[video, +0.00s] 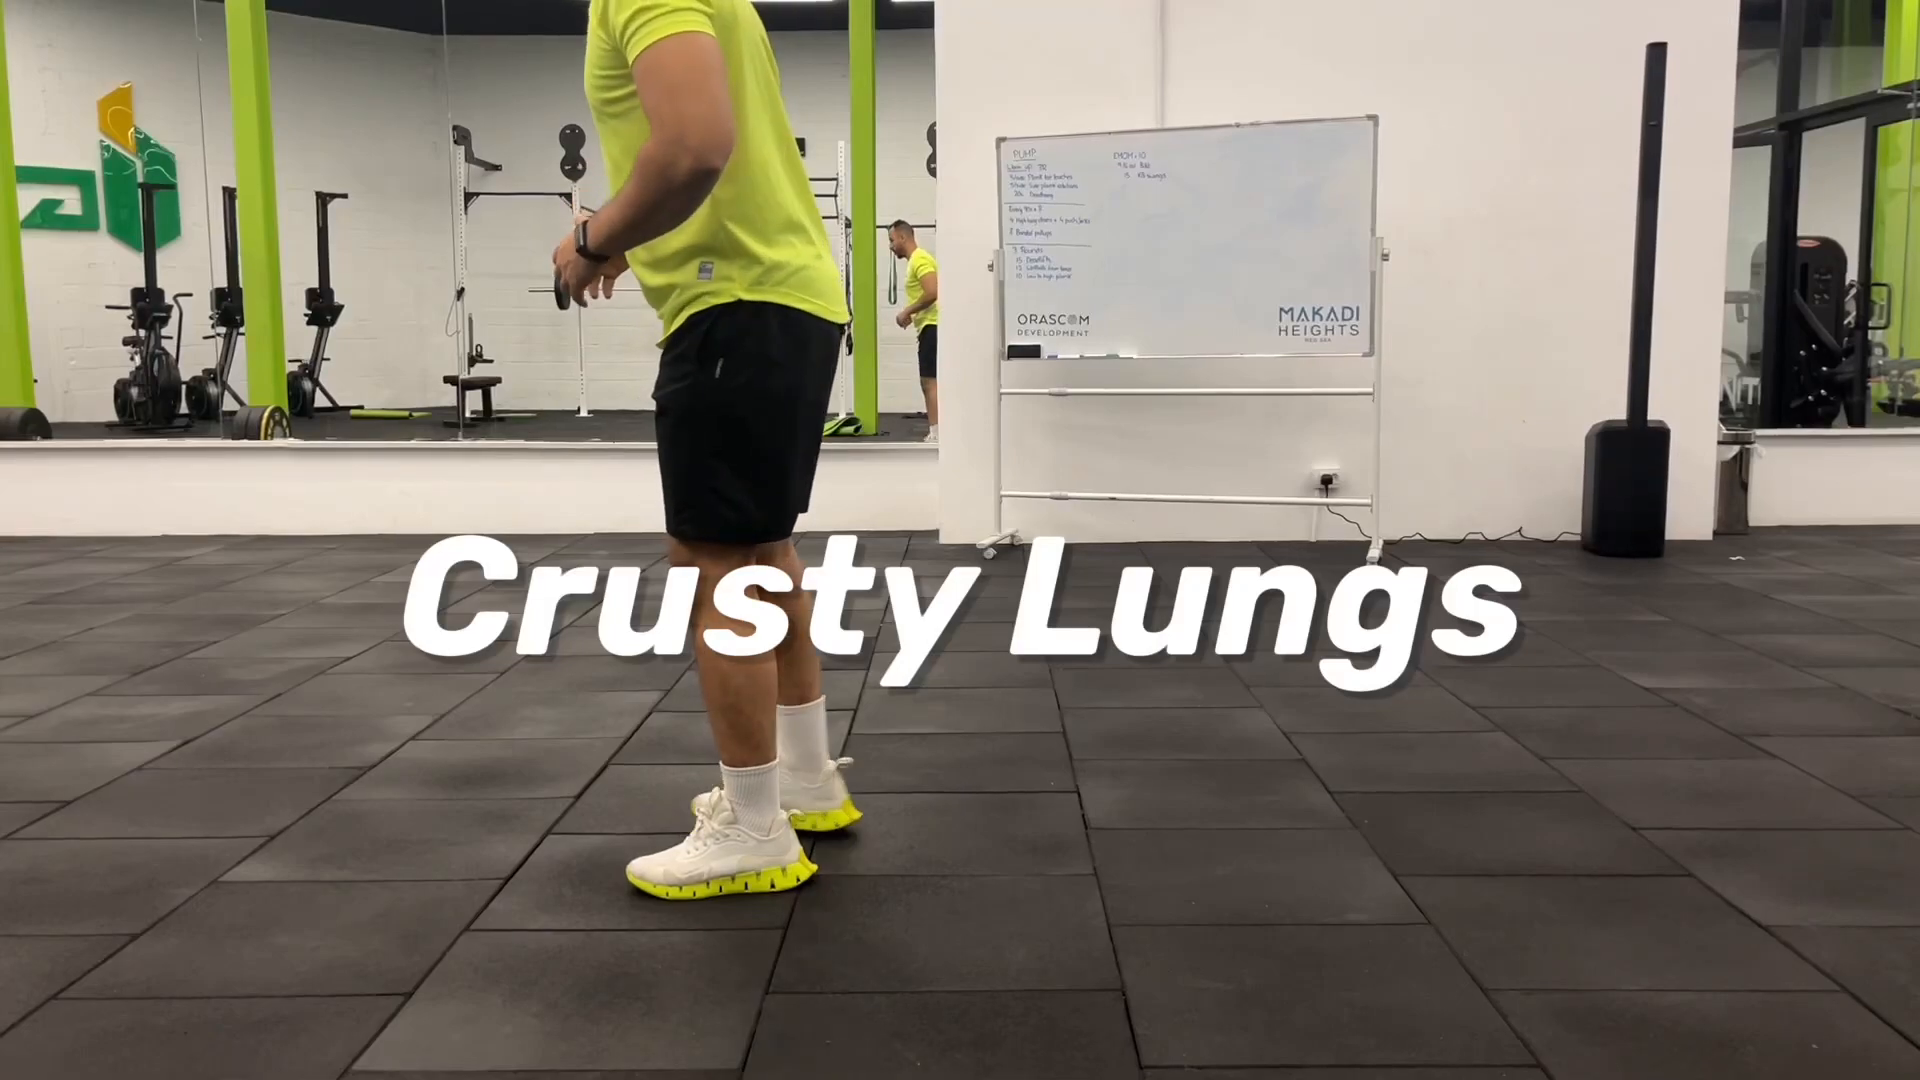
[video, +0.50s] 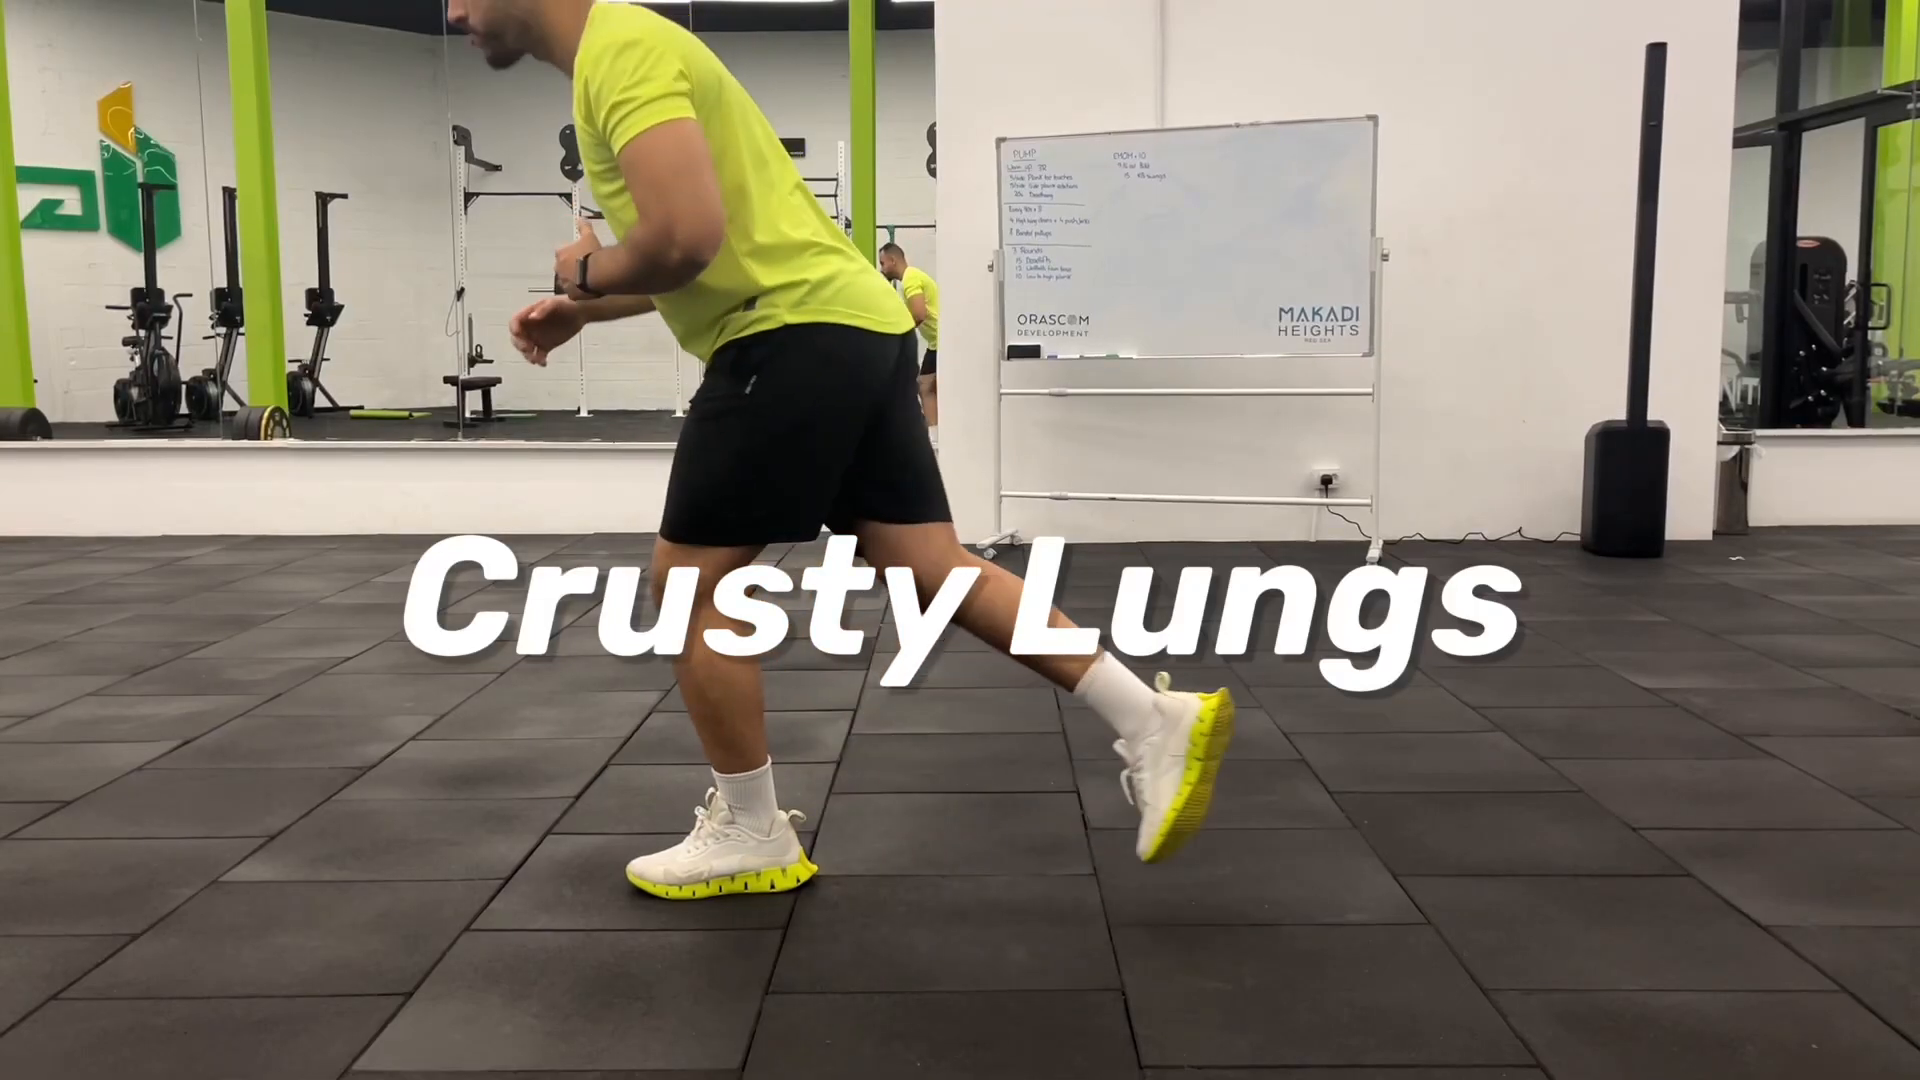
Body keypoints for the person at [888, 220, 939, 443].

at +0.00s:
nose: (891, 246)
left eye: (892, 240)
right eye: (890, 241)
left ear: (903, 237)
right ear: (905, 237)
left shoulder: (920, 259)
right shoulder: (916, 260)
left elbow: (931, 292)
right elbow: (928, 293)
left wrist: (908, 311)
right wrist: (908, 313)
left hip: (932, 326)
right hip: (927, 326)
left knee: (930, 382)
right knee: (928, 382)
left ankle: (936, 431)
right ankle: (935, 431)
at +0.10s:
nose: (888, 248)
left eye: (890, 242)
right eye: (888, 243)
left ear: (901, 239)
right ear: (903, 239)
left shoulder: (918, 261)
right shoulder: (914, 262)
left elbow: (930, 292)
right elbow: (927, 294)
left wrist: (907, 312)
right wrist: (908, 314)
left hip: (933, 327)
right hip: (927, 327)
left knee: (932, 384)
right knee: (928, 383)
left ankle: (936, 432)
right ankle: (934, 431)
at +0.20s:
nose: (886, 250)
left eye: (887, 244)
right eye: (885, 245)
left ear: (898, 242)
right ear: (901, 242)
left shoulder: (916, 262)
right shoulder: (914, 263)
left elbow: (927, 293)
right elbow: (926, 296)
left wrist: (907, 313)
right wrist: (909, 315)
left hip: (934, 328)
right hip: (930, 329)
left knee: (931, 382)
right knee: (929, 382)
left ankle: (936, 432)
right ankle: (934, 432)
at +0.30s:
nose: (884, 255)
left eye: (886, 249)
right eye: (883, 250)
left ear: (896, 247)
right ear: (899, 247)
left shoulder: (913, 266)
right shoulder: (913, 266)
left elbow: (924, 298)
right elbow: (924, 301)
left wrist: (904, 316)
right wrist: (909, 318)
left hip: (936, 332)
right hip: (931, 333)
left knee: (930, 384)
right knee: (928, 384)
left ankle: (935, 433)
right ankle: (934, 432)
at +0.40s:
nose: (882, 262)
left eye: (884, 256)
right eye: (882, 257)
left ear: (895, 253)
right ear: (898, 254)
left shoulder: (912, 272)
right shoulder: (912, 271)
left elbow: (920, 306)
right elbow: (921, 307)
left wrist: (900, 322)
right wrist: (902, 319)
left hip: (938, 337)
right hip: (933, 338)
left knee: (927, 385)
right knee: (926, 385)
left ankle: (935, 434)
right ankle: (934, 433)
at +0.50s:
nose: (881, 269)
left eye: (883, 263)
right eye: (880, 264)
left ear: (894, 260)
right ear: (896, 261)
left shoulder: (911, 278)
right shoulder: (911, 277)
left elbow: (919, 313)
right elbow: (918, 312)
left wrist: (897, 327)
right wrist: (898, 325)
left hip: (939, 342)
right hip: (934, 343)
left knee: (925, 386)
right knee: (926, 386)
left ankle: (934, 434)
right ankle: (934, 433)